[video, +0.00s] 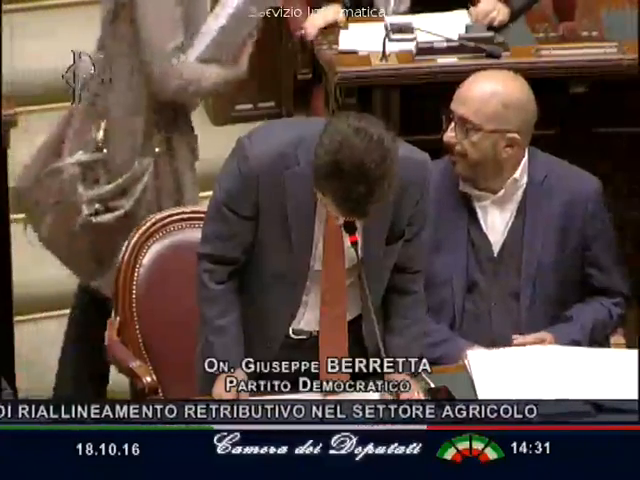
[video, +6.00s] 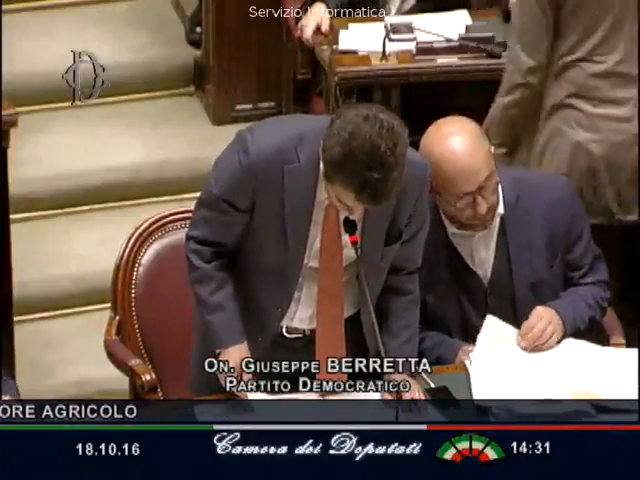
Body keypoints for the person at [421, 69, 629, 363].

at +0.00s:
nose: (448, 138)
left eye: (466, 129)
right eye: (450, 120)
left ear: (509, 146)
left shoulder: (578, 194)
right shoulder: (423, 187)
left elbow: (611, 297)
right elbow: (396, 308)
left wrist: (558, 339)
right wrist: (462, 354)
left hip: (549, 380)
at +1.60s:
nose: (480, 167)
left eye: (500, 155)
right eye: (474, 146)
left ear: (534, 156)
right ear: (467, 134)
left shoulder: (581, 198)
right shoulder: (428, 188)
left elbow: (612, 296)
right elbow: (390, 300)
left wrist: (558, 341)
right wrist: (458, 349)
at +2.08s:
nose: (517, 188)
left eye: (534, 173)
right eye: (505, 170)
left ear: (557, 163)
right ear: (485, 150)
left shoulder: (592, 203)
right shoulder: (434, 197)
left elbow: (613, 298)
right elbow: (396, 305)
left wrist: (561, 342)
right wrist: (461, 353)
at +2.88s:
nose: (500, 208)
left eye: (511, 190)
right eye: (484, 195)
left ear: (523, 162)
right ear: (454, 177)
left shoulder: (571, 201)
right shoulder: (425, 217)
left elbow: (605, 290)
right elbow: (409, 321)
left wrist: (568, 315)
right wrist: (466, 360)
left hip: (559, 367)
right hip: (468, 374)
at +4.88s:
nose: (474, 209)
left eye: (483, 189)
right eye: (457, 198)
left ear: (495, 157)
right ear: (428, 183)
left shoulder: (553, 196)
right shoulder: (409, 222)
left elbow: (588, 271)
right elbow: (399, 326)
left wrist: (604, 307)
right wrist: (455, 353)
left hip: (556, 377)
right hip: (458, 388)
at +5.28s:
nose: (476, 207)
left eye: (483, 188)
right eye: (458, 198)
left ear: (494, 159)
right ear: (430, 185)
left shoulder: (552, 196)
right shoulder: (410, 221)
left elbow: (599, 279)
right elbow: (400, 325)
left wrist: (565, 302)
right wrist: (455, 353)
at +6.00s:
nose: (481, 207)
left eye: (486, 186)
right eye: (463, 199)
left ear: (493, 158)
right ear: (432, 189)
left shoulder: (552, 197)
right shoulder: (409, 225)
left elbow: (594, 284)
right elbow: (402, 327)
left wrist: (561, 315)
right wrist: (455, 353)